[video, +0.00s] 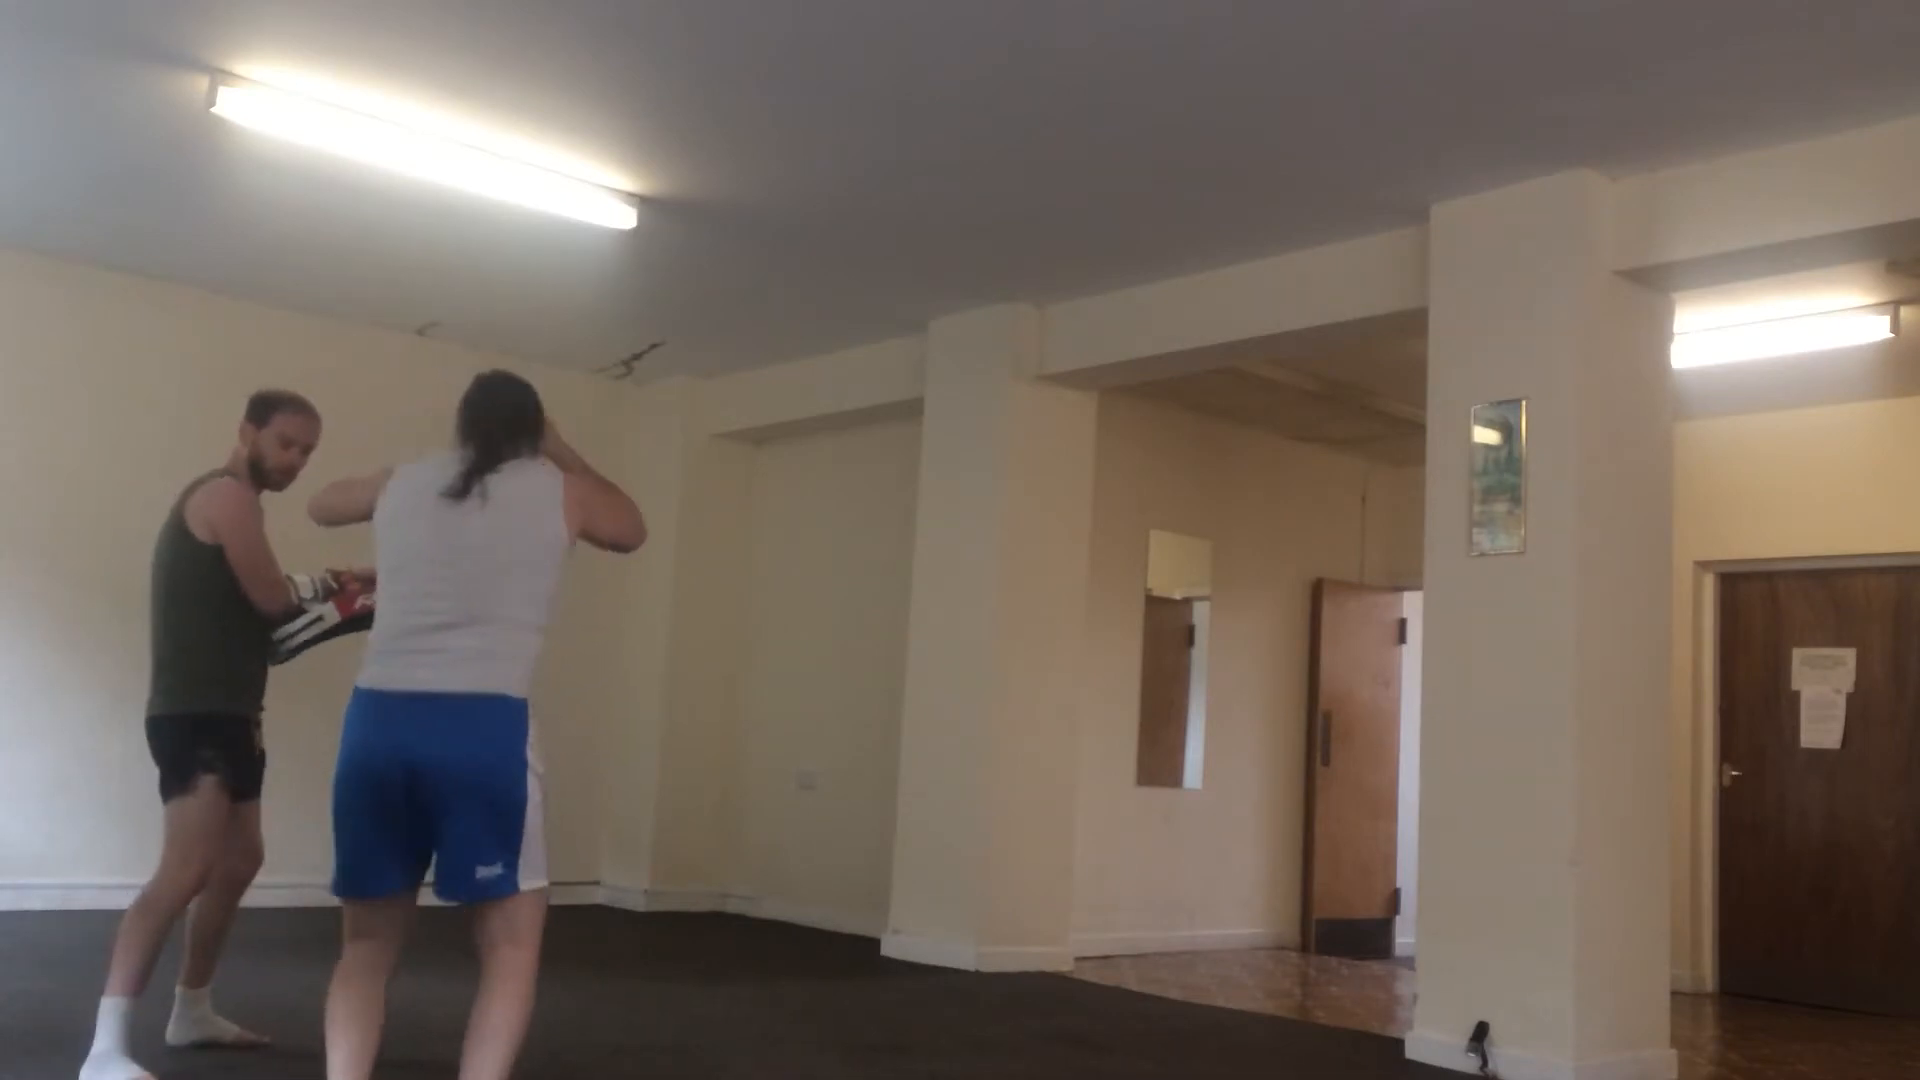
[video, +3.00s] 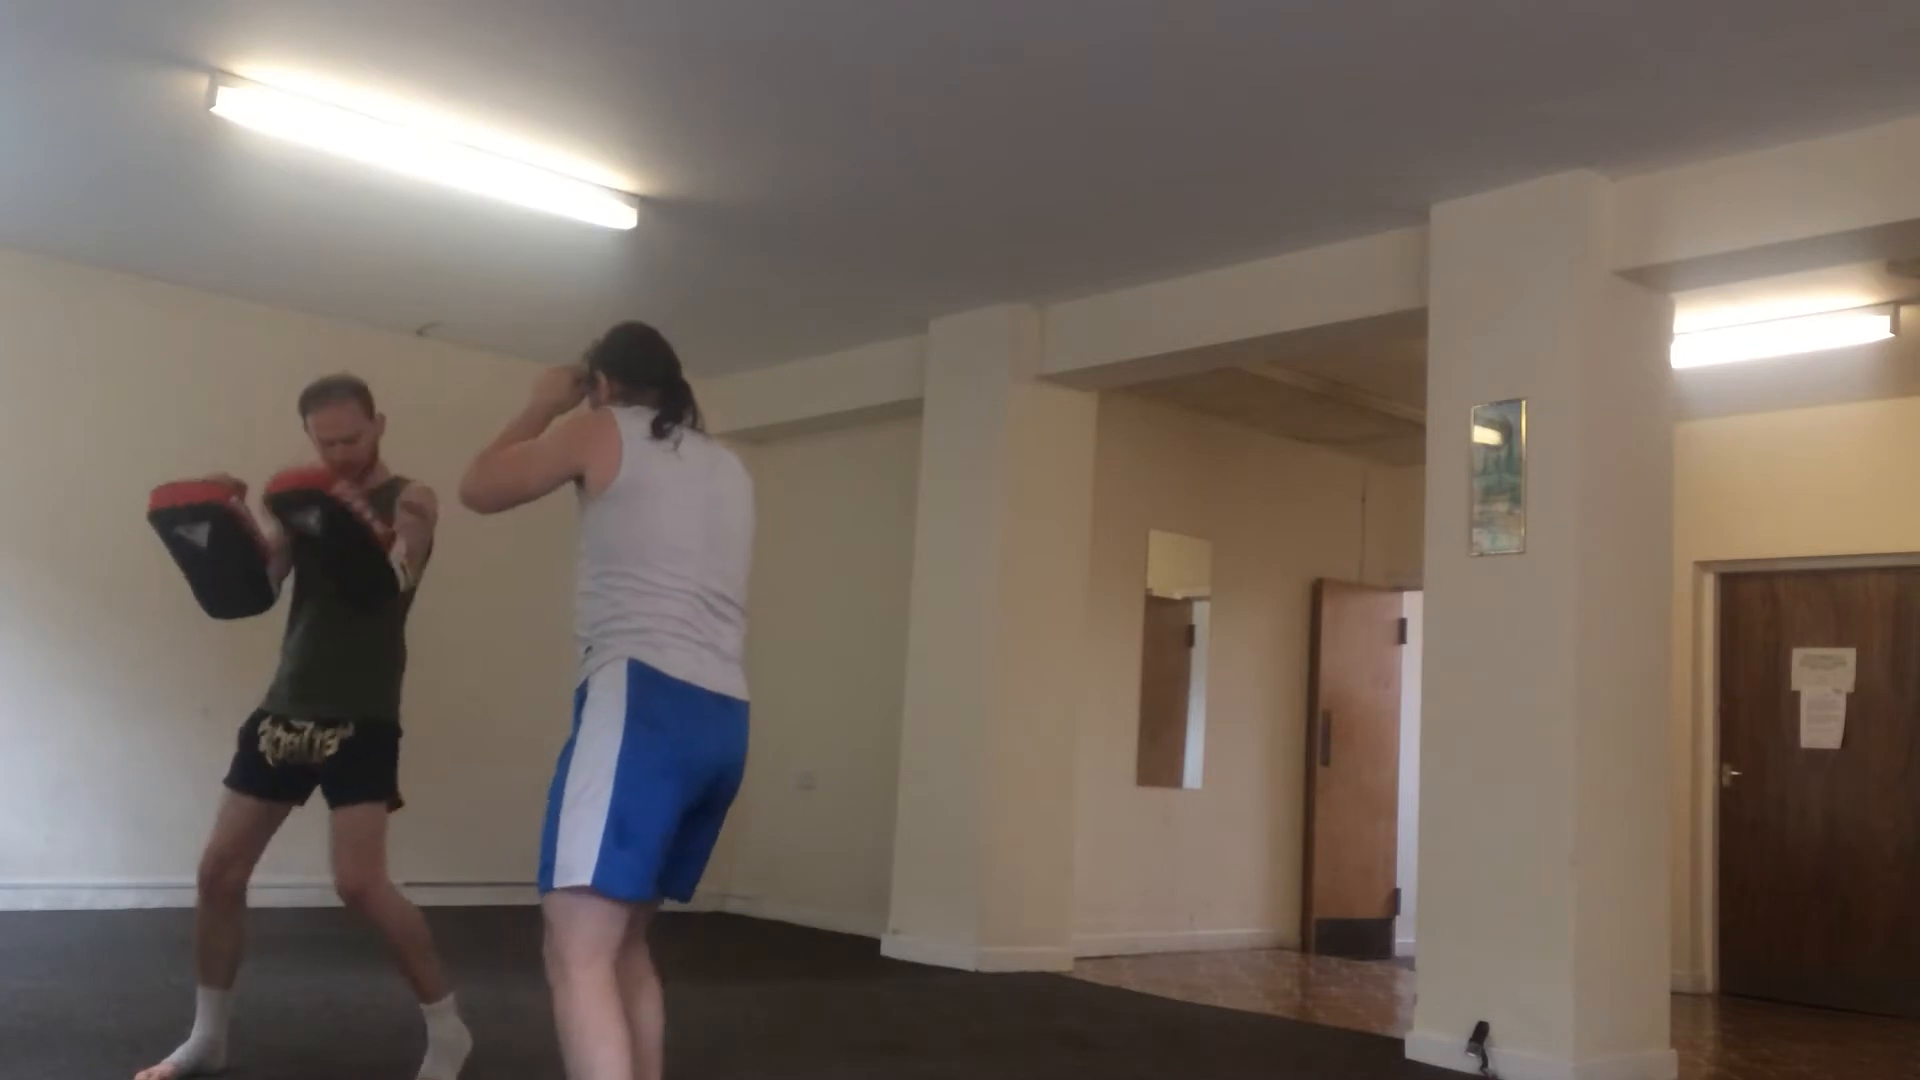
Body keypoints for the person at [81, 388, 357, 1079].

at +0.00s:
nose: (296, 461)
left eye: (305, 451)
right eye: (287, 445)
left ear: (305, 451)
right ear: (249, 433)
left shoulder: (220, 497)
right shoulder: (227, 496)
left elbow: (256, 626)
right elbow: (272, 598)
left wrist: (329, 598)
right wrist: (323, 585)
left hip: (228, 715)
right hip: (199, 716)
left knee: (238, 862)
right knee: (184, 869)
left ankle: (191, 1012)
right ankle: (105, 1049)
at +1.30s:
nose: (324, 460)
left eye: (335, 451)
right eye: (314, 445)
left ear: (341, 453)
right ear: (280, 436)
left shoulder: (324, 520)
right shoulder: (233, 498)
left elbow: (325, 612)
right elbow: (211, 595)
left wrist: (366, 629)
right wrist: (299, 607)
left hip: (273, 708)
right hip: (206, 703)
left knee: (232, 867)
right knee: (190, 863)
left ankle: (193, 1008)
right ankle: (162, 1030)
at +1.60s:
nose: (320, 452)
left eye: (331, 442)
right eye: (309, 437)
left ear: (340, 441)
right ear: (272, 427)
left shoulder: (339, 512)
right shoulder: (222, 493)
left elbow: (339, 601)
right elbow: (198, 593)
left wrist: (379, 588)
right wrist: (295, 584)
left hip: (295, 712)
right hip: (208, 707)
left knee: (321, 880)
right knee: (182, 874)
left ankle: (258, 990)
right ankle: (169, 1040)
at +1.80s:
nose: (344, 456)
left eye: (356, 447)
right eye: (335, 440)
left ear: (364, 445)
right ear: (299, 425)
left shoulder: (362, 510)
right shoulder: (237, 493)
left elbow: (408, 587)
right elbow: (207, 603)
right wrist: (291, 570)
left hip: (323, 718)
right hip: (230, 713)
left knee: (367, 880)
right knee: (170, 879)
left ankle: (392, 1046)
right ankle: (174, 1043)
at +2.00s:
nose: (375, 455)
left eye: (388, 444)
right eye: (364, 440)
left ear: (405, 441)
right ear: (335, 431)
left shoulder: (403, 506)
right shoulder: (288, 499)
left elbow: (472, 583)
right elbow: (225, 585)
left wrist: (465, 498)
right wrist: (236, 625)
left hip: (386, 726)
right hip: (294, 722)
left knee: (427, 878)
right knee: (215, 886)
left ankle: (398, 1050)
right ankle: (151, 1027)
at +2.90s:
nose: (341, 454)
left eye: (353, 439)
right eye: (326, 442)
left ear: (380, 429)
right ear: (307, 441)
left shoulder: (413, 505)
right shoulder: (290, 499)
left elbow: (393, 580)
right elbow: (259, 581)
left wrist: (380, 506)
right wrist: (232, 528)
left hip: (369, 715)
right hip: (281, 711)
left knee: (388, 879)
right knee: (218, 874)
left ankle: (442, 1040)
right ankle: (207, 1040)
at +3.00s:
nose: (339, 456)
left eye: (349, 440)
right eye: (324, 445)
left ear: (378, 426)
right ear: (307, 440)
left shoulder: (411, 499)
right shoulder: (300, 502)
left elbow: (396, 581)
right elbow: (256, 585)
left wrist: (347, 513)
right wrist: (231, 521)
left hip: (363, 723)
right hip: (284, 715)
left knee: (361, 884)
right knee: (220, 872)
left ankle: (448, 1030)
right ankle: (208, 1038)